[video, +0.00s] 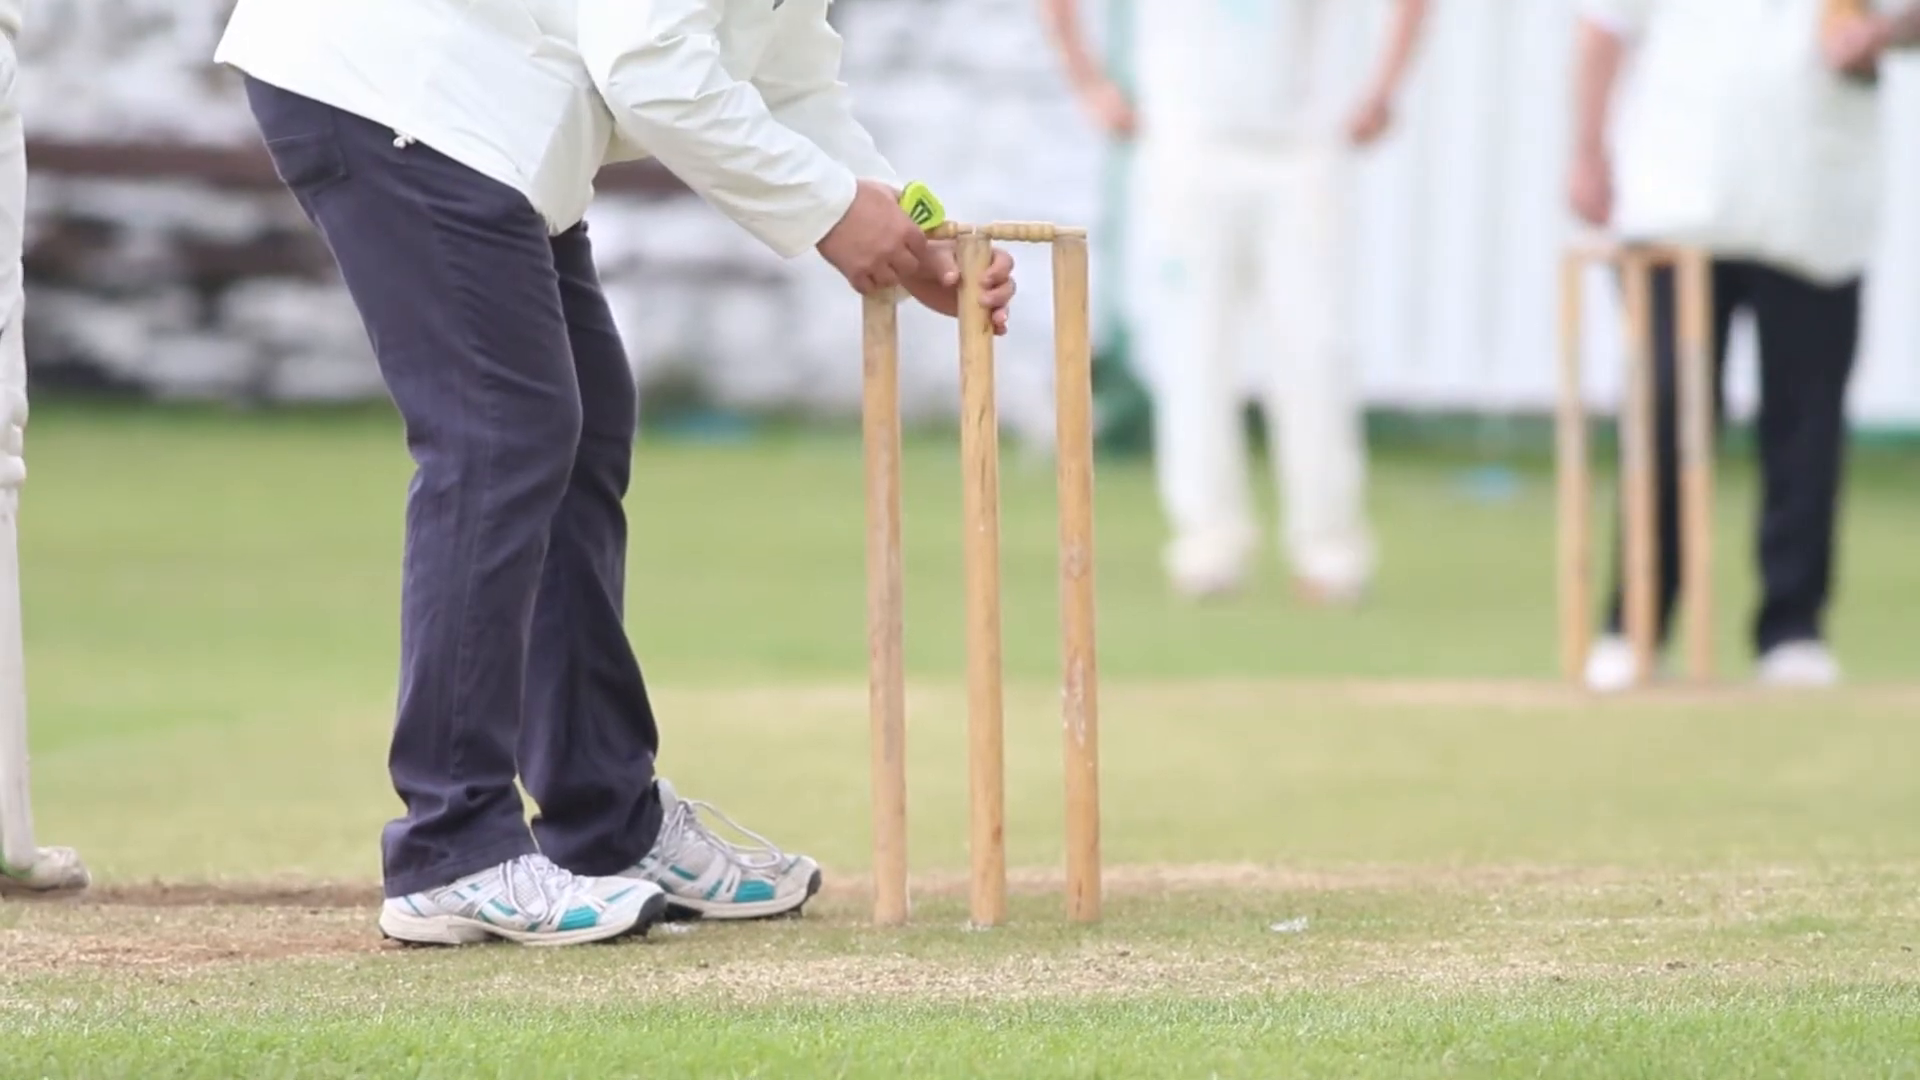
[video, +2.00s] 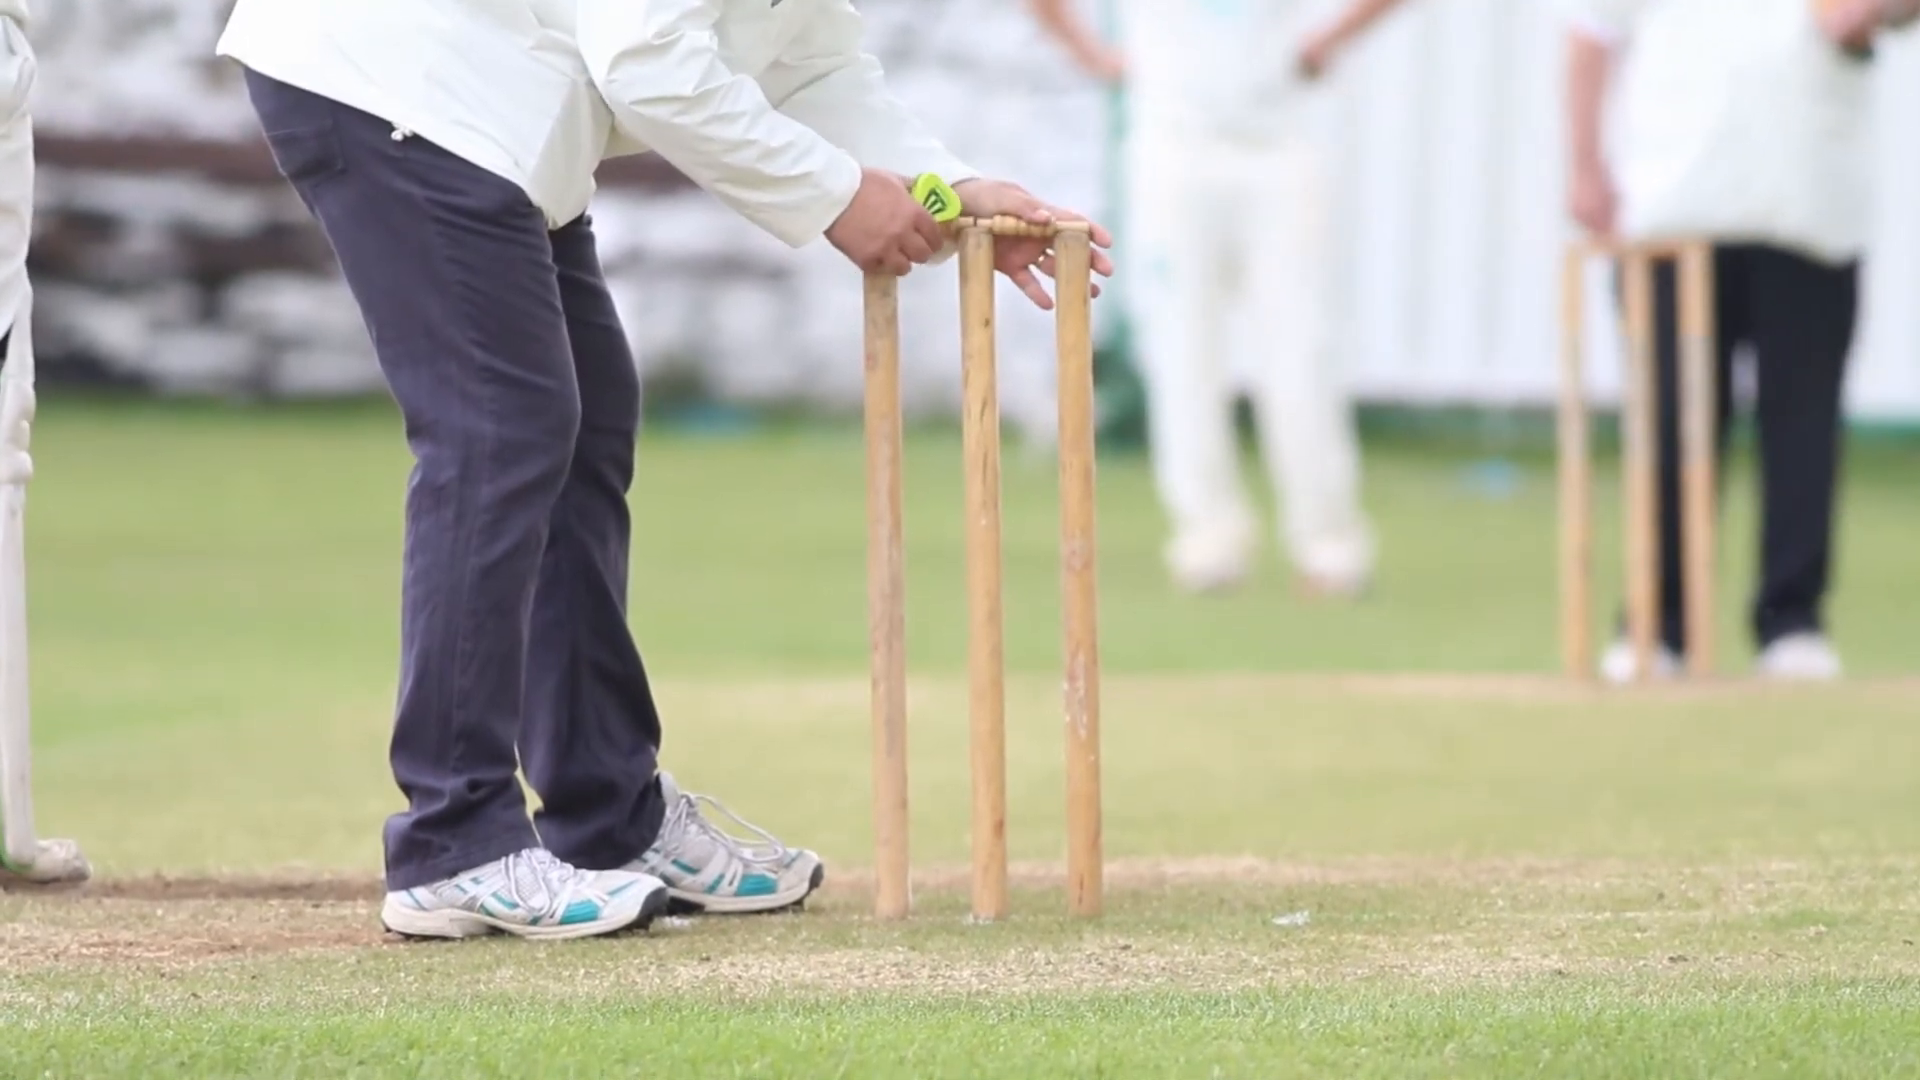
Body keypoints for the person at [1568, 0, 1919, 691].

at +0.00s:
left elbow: (1907, 14)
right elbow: (1605, 20)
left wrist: (1879, 29)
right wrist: (1591, 152)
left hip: (1818, 196)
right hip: (1676, 190)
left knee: (1804, 438)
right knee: (1662, 426)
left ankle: (1792, 635)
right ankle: (1631, 631)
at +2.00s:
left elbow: (1887, 17)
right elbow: (1591, 28)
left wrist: (1871, 15)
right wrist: (1587, 166)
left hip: (1814, 203)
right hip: (1671, 201)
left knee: (1801, 438)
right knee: (1674, 440)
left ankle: (1793, 628)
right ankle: (1657, 634)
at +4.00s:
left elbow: (1846, 6)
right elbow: (1520, 22)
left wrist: (1794, 10)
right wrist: (1502, 159)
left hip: (1743, 191)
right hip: (1601, 189)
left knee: (1755, 419)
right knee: (1615, 425)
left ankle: (1787, 620)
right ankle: (1614, 624)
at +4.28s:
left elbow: (1842, 7)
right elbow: (1498, 6)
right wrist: (1472, 67)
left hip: (1736, 188)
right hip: (1597, 189)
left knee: (1757, 420)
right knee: (1614, 425)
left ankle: (1786, 621)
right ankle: (1615, 624)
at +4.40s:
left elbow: (1819, 12)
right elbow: (1517, 12)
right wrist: (1473, 6)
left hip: (1738, 201)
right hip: (1597, 200)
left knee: (1758, 428)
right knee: (1615, 428)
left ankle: (1786, 619)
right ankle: (1616, 623)